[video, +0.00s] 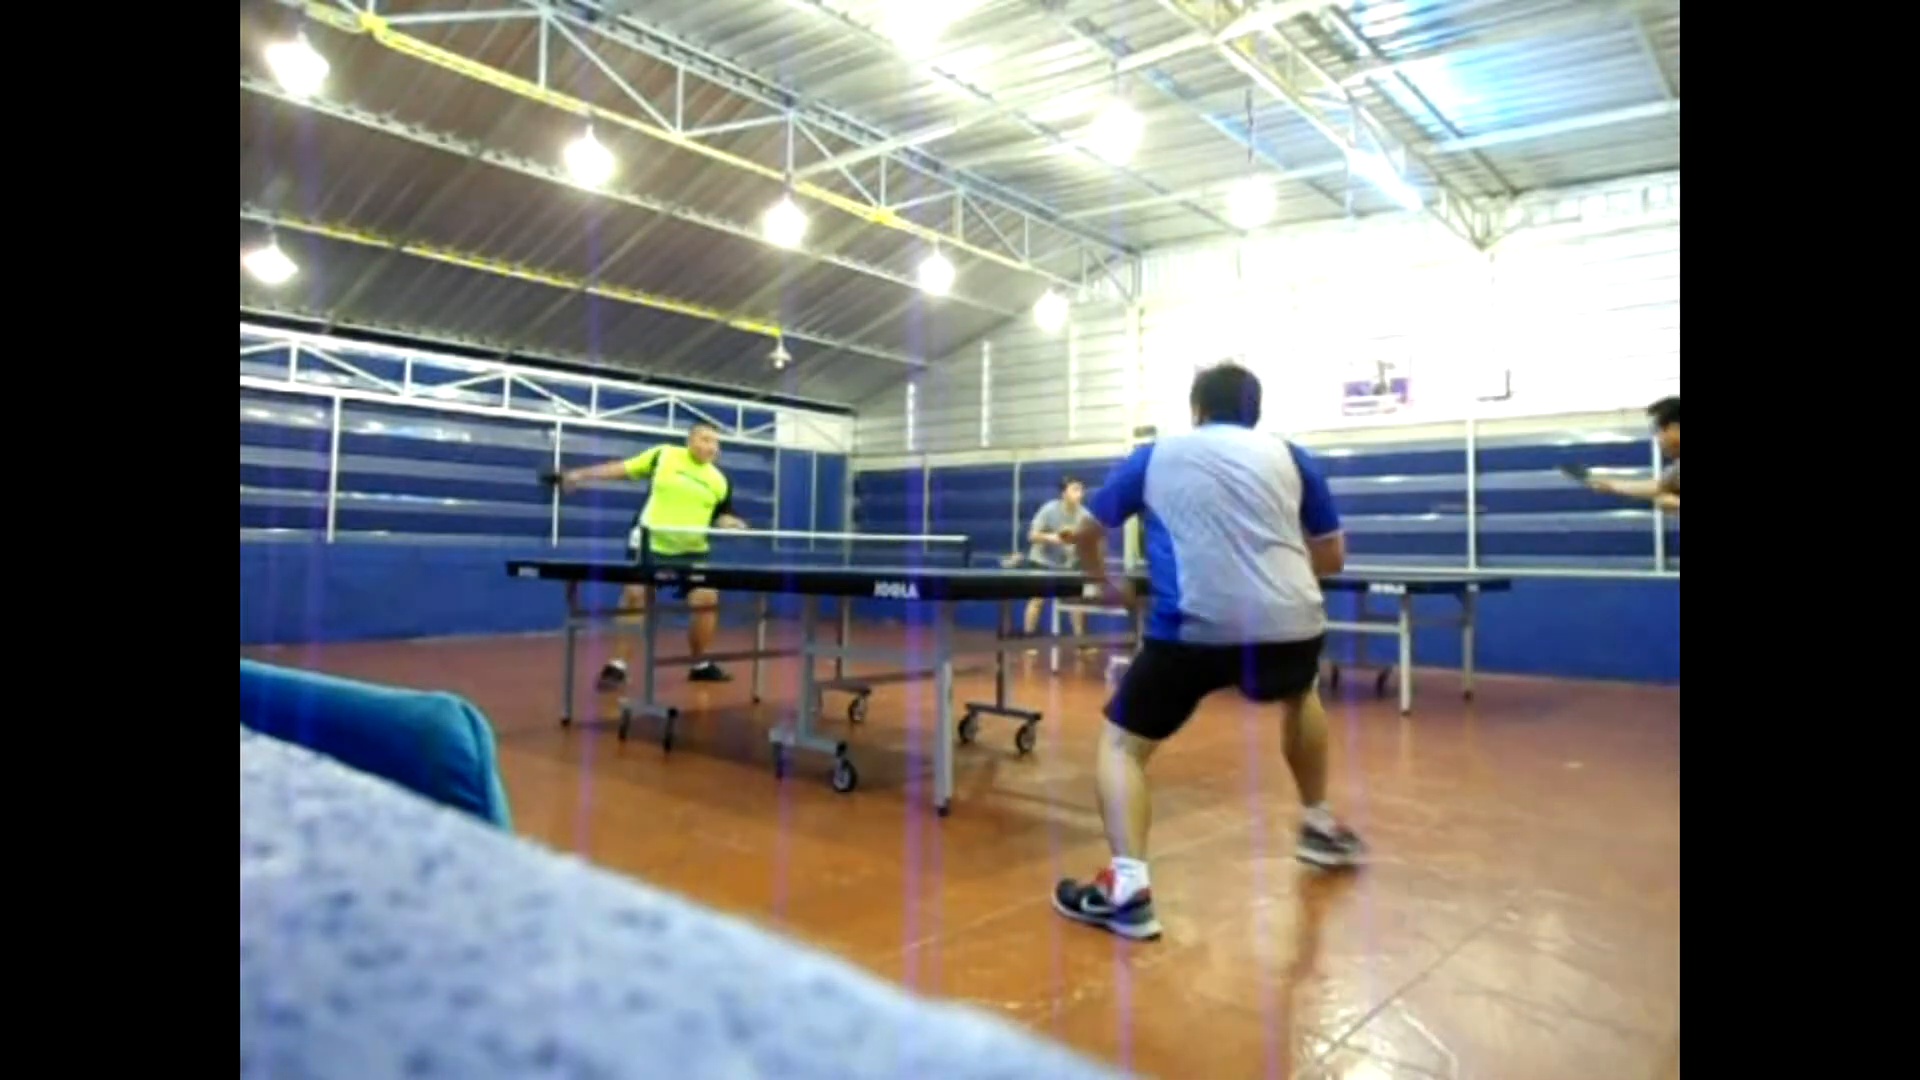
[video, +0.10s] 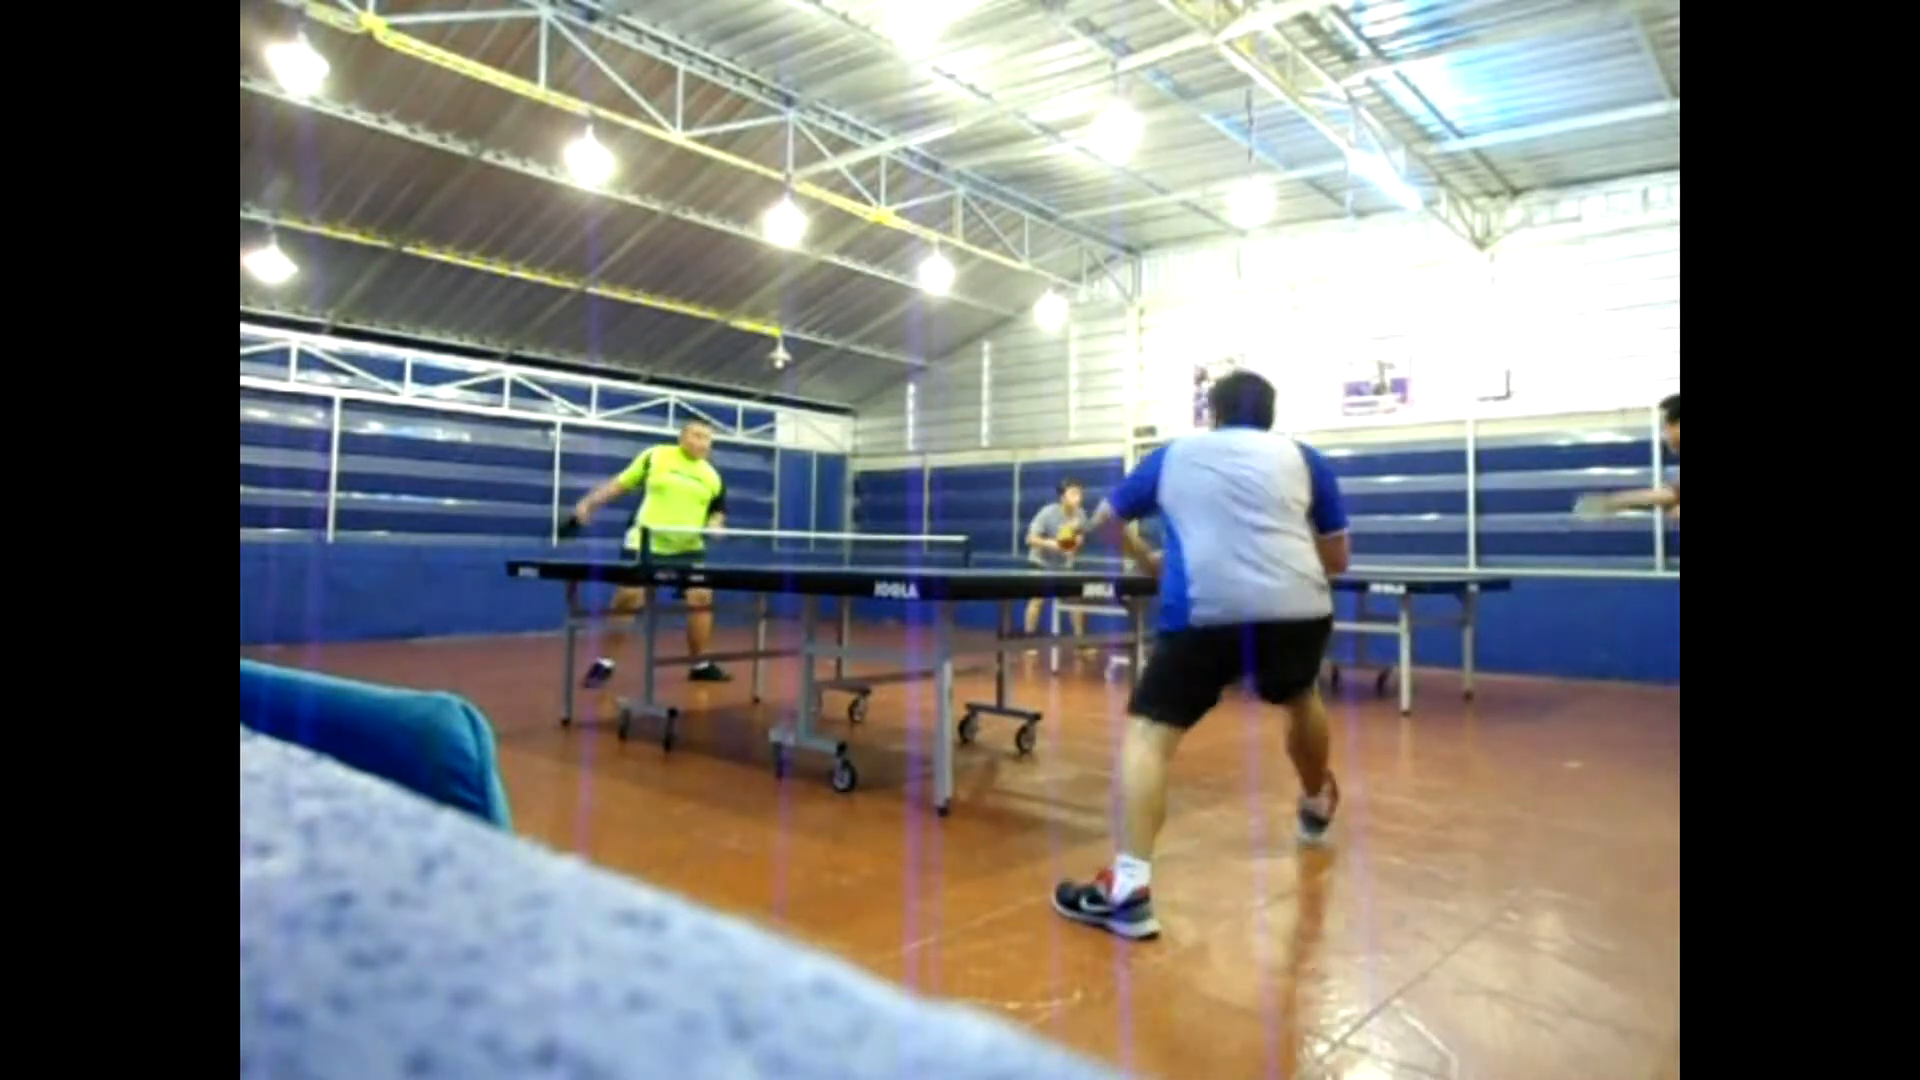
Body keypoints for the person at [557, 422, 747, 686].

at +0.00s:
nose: (710, 447)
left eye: (714, 442)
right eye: (704, 440)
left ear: (717, 448)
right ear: (690, 440)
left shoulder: (719, 481)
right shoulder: (664, 456)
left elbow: (721, 516)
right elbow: (621, 469)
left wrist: (733, 523)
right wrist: (577, 476)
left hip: (693, 548)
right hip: (651, 542)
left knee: (706, 600)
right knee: (634, 598)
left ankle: (701, 662)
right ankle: (618, 663)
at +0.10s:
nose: (699, 442)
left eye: (705, 438)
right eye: (695, 435)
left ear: (710, 444)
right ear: (682, 436)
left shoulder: (712, 478)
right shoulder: (656, 457)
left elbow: (717, 511)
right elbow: (620, 484)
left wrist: (715, 525)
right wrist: (588, 503)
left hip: (689, 545)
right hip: (647, 541)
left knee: (701, 599)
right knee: (627, 600)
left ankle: (701, 661)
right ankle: (606, 661)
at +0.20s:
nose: (691, 443)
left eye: (696, 438)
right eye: (686, 435)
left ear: (699, 443)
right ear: (671, 436)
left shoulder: (702, 476)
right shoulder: (642, 459)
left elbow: (708, 508)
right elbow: (614, 494)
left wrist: (703, 524)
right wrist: (602, 522)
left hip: (680, 550)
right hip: (637, 546)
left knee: (695, 598)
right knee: (623, 603)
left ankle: (700, 661)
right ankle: (602, 662)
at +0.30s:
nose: (677, 442)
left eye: (682, 436)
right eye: (672, 434)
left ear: (685, 442)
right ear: (657, 434)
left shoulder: (688, 474)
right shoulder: (629, 460)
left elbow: (694, 506)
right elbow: (606, 497)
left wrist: (690, 523)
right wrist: (615, 527)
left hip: (671, 548)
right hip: (630, 547)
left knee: (686, 601)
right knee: (617, 606)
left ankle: (699, 661)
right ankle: (603, 664)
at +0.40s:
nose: (665, 437)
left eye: (669, 432)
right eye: (659, 430)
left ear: (674, 438)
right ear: (646, 432)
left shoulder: (679, 469)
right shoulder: (620, 457)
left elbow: (686, 501)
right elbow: (600, 492)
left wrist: (680, 520)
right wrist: (615, 514)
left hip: (662, 545)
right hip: (621, 545)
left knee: (677, 600)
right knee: (614, 605)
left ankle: (689, 660)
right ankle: (602, 663)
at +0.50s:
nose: (656, 433)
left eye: (661, 427)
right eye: (651, 426)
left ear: (666, 430)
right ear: (637, 427)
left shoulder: (675, 462)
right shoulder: (613, 453)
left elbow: (686, 497)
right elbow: (597, 487)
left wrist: (673, 513)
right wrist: (606, 509)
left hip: (661, 540)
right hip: (619, 540)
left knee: (669, 600)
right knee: (610, 603)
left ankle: (668, 659)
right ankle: (599, 660)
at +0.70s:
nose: (638, 437)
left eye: (641, 431)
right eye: (631, 431)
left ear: (648, 433)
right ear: (619, 433)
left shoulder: (666, 464)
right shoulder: (599, 463)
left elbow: (682, 500)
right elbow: (583, 506)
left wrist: (658, 515)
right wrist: (569, 545)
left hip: (658, 543)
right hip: (614, 544)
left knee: (669, 601)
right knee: (601, 601)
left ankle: (668, 658)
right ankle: (582, 663)